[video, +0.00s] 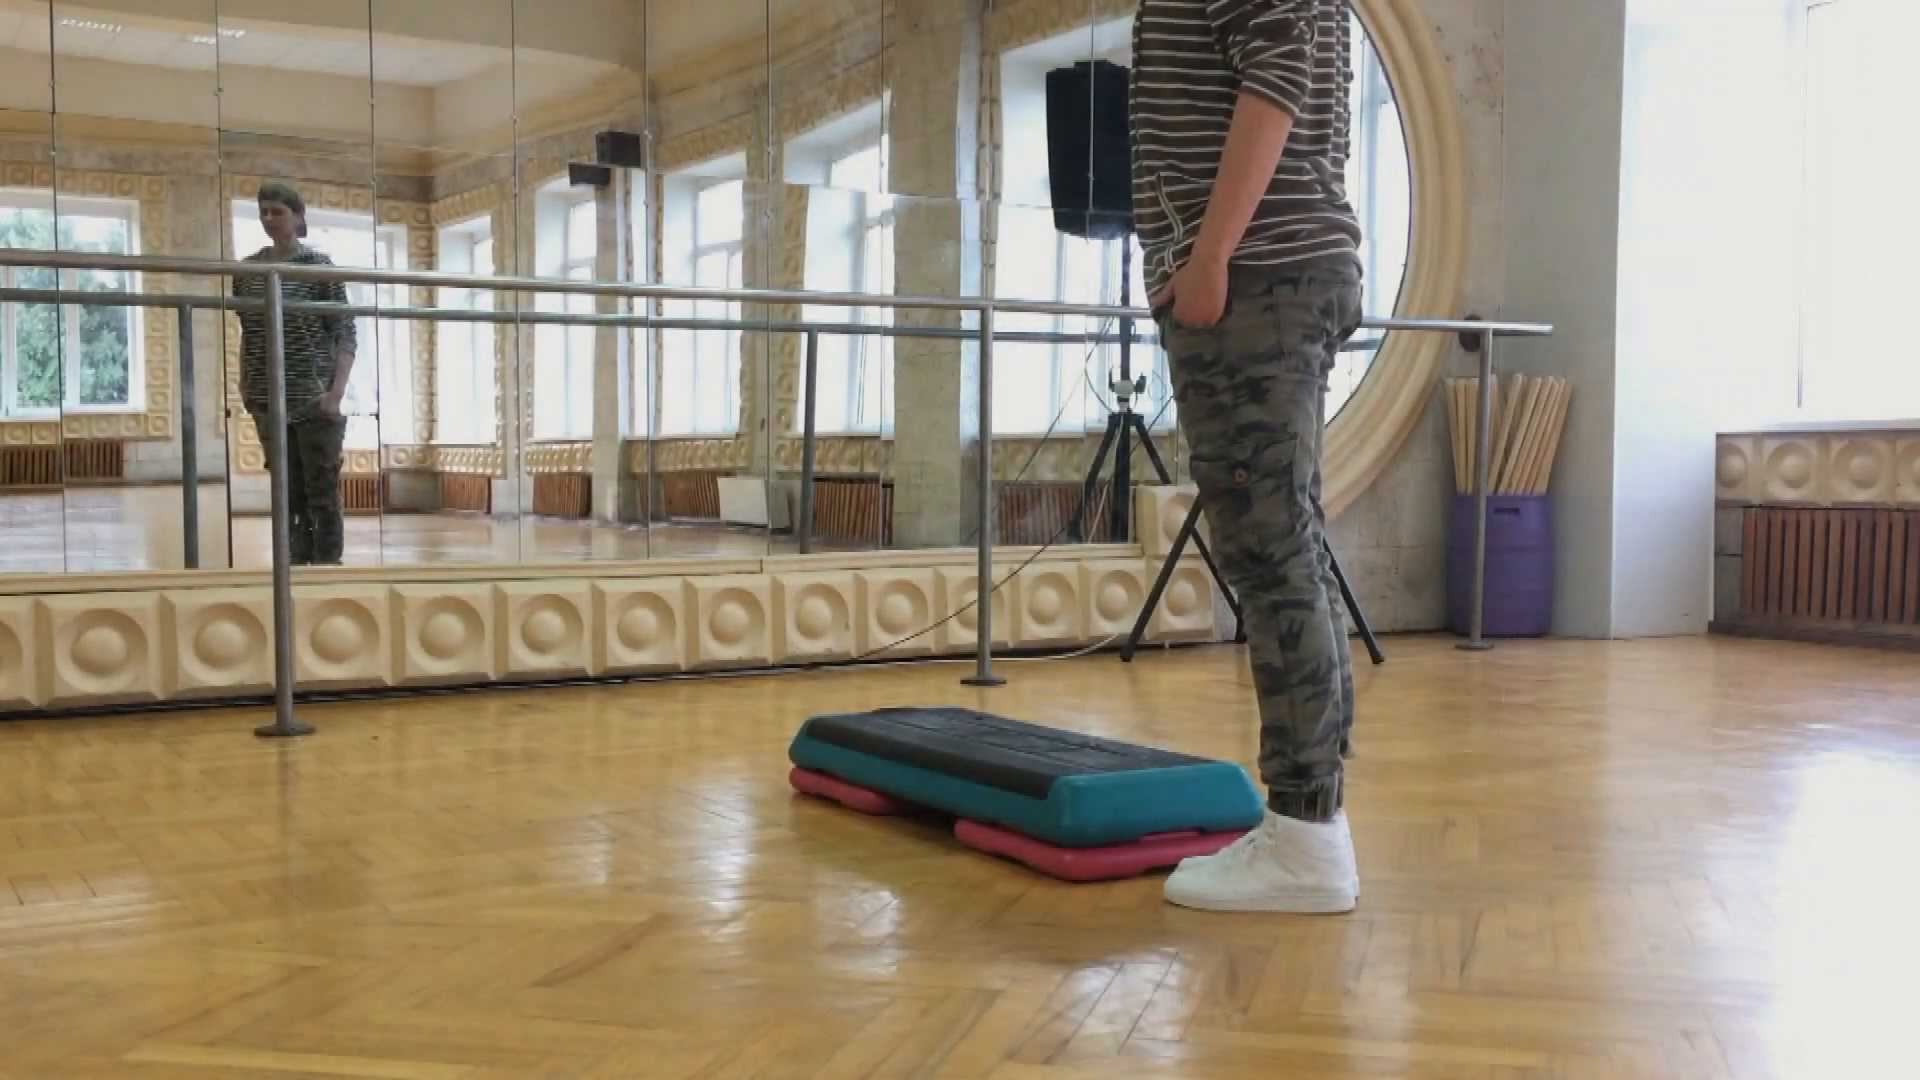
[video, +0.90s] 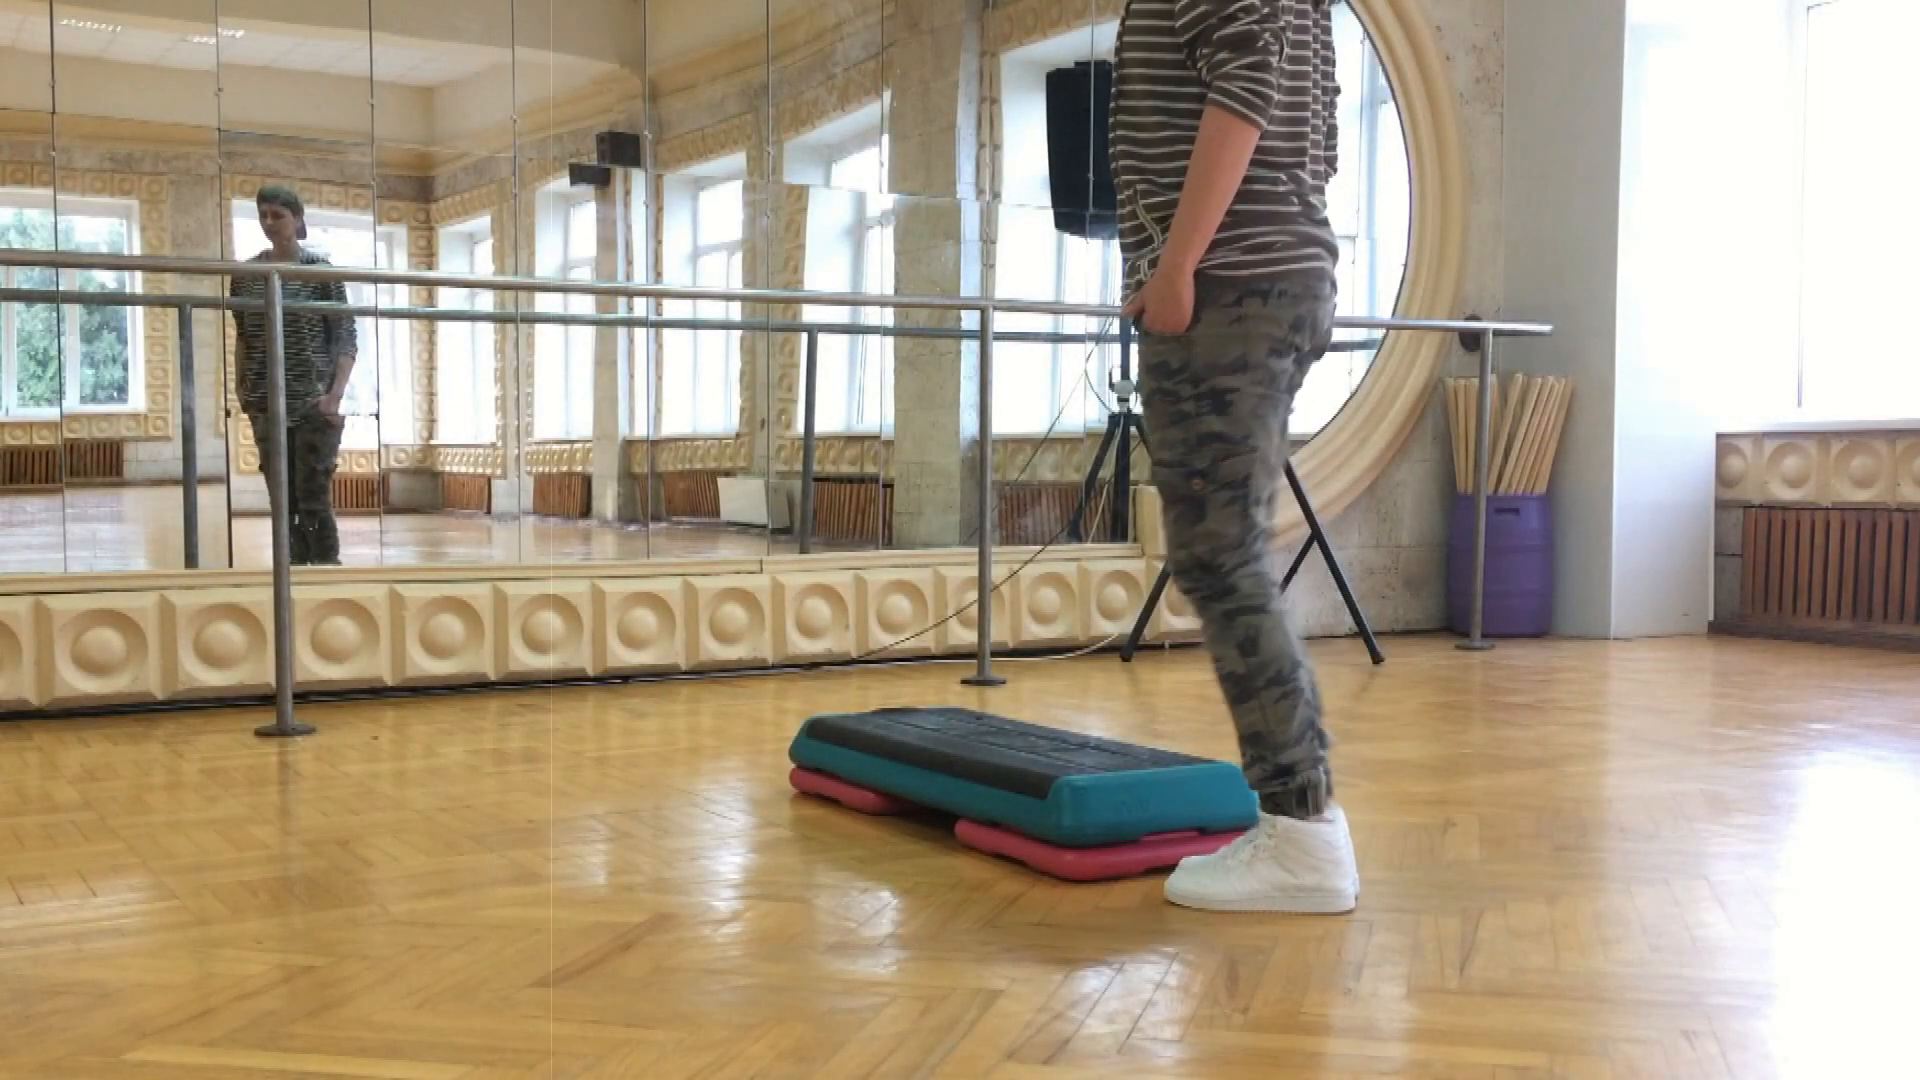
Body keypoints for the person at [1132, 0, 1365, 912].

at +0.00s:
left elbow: (1279, 75)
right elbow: (1268, 87)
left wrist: (1210, 253)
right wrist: (1193, 251)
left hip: (1259, 274)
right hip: (1253, 273)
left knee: (1265, 546)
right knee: (1276, 543)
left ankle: (1305, 838)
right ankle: (1305, 822)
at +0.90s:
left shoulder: (1233, 0)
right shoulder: (1288, 10)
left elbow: (1244, 93)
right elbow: (1315, 148)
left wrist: (1176, 264)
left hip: (1230, 287)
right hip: (1268, 283)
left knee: (1220, 559)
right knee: (1228, 555)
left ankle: (1303, 838)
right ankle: (1302, 824)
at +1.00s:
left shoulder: (1220, 3)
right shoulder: (1291, 19)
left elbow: (1245, 119)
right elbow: (1317, 163)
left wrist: (1163, 286)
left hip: (1230, 301)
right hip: (1250, 302)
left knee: (1156, 561)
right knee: (1107, 538)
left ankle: (1294, 834)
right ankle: (1288, 736)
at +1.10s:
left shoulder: (1209, 4)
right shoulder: (1282, 18)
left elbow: (1254, 141)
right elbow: (1329, 186)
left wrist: (1165, 298)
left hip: (1225, 320)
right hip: (1254, 322)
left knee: (1140, 573)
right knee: (1046, 486)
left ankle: (1292, 835)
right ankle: (1229, 648)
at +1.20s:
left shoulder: (1188, 2)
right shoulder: (1159, 20)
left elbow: (1258, 103)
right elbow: (1298, 135)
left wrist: (1178, 269)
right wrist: (1168, 260)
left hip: (1235, 279)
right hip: (1195, 285)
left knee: (1179, 557)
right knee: (1040, 439)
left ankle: (1292, 834)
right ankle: (1149, 674)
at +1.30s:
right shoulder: (1097, 22)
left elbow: (1266, 46)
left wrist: (1213, 223)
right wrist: (1153, 241)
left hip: (1249, 236)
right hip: (1167, 258)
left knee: (1260, 501)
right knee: (1064, 448)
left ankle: (1280, 797)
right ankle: (1141, 693)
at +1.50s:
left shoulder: (1174, 3)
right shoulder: (1068, 24)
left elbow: (1287, 68)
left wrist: (1249, 235)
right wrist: (1142, 252)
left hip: (1249, 266)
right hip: (1149, 291)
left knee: (1330, 496)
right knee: (1071, 465)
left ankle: (1413, 763)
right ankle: (1144, 704)